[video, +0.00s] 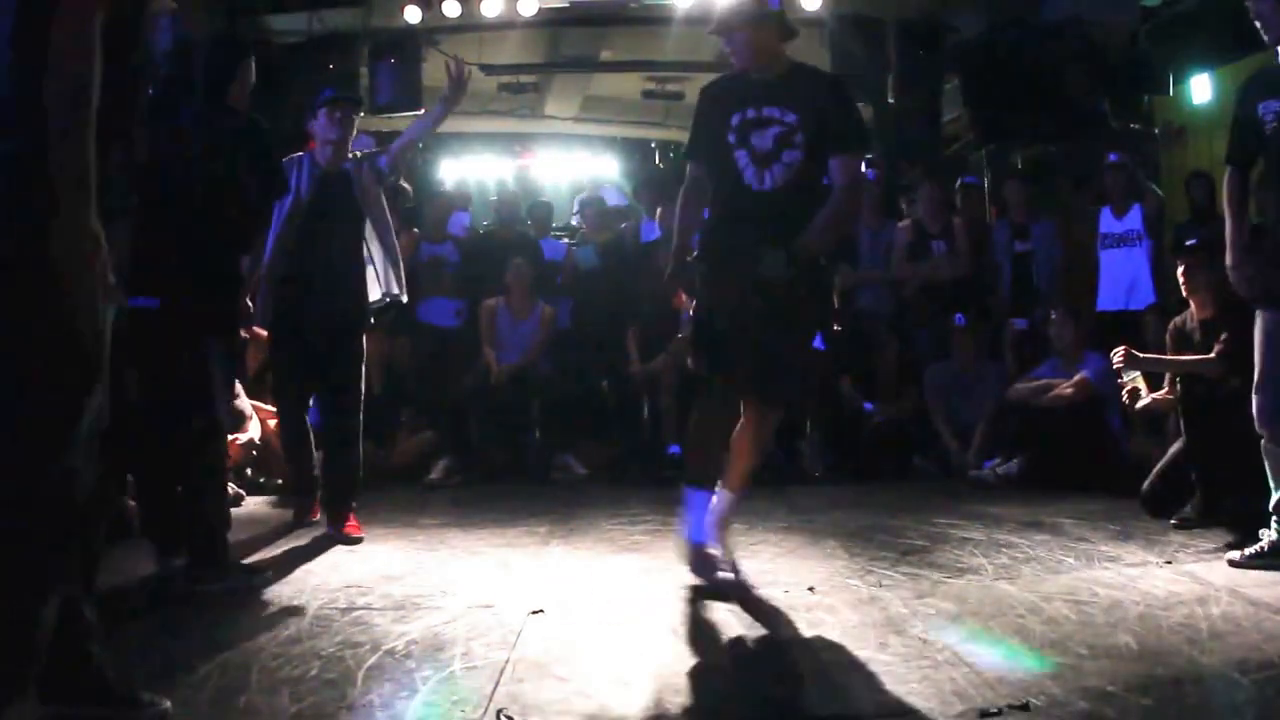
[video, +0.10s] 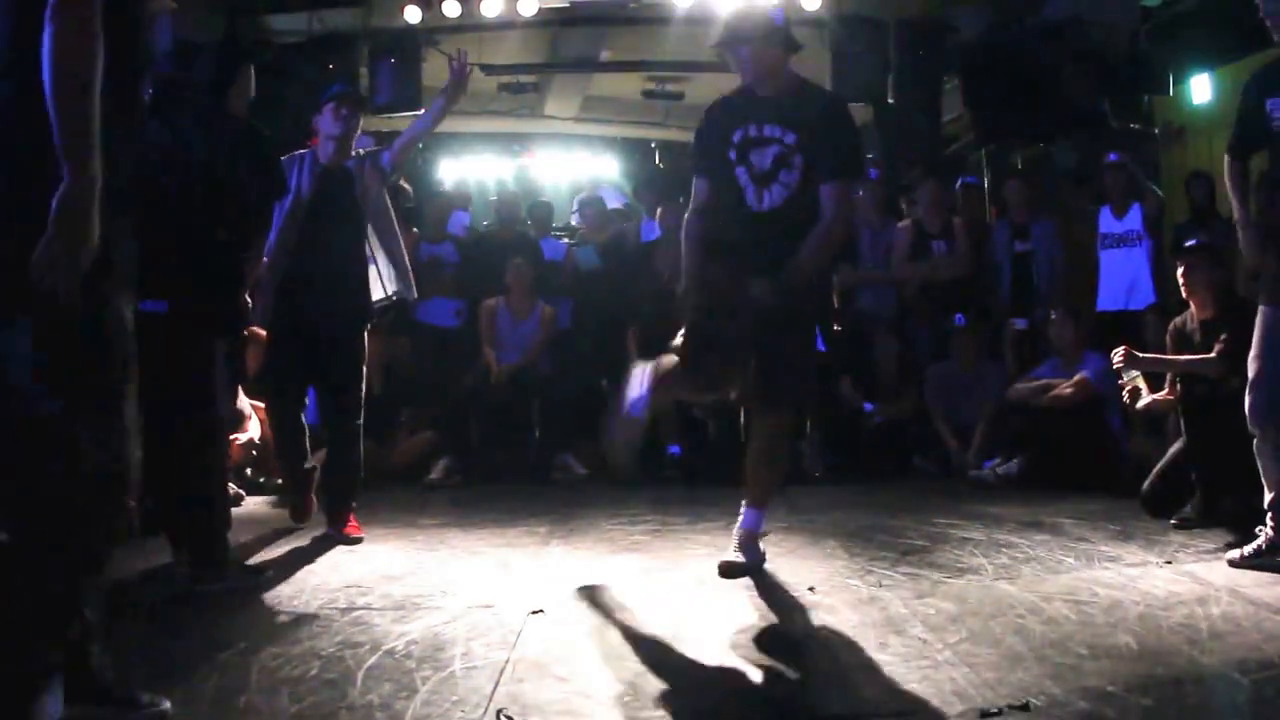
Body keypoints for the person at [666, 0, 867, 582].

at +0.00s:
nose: (729, 45)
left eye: (737, 33)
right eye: (725, 36)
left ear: (771, 31)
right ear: (731, 40)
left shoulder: (823, 91)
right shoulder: (717, 95)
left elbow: (848, 188)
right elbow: (695, 186)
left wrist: (809, 247)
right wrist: (676, 259)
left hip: (794, 266)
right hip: (724, 262)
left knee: (765, 402)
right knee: (716, 388)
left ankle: (715, 527)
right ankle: (695, 527)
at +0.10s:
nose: (738, 61)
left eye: (746, 48)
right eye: (733, 52)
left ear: (779, 46)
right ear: (732, 55)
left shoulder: (825, 111)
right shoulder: (723, 113)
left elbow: (838, 214)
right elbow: (698, 207)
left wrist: (799, 274)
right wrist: (689, 277)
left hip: (791, 273)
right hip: (723, 267)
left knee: (773, 405)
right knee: (717, 374)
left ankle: (748, 532)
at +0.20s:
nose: (727, 62)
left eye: (734, 48)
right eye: (722, 53)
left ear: (767, 42)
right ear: (727, 55)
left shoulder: (819, 105)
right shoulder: (723, 117)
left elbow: (841, 203)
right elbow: (701, 212)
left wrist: (808, 258)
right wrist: (714, 263)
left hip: (800, 276)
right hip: (739, 276)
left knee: (771, 400)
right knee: (735, 390)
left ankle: (749, 529)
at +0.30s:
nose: (704, 50)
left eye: (704, 34)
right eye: (699, 42)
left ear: (733, 19)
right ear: (716, 40)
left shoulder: (803, 65)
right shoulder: (723, 103)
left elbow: (835, 160)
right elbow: (718, 190)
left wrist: (790, 230)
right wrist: (736, 223)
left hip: (816, 239)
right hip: (757, 245)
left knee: (791, 375)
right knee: (725, 348)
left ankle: (771, 520)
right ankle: (787, 424)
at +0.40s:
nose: (702, 55)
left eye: (702, 40)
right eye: (697, 47)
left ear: (732, 26)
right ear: (729, 37)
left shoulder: (791, 68)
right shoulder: (740, 105)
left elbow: (824, 153)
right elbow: (758, 183)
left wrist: (780, 236)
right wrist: (742, 239)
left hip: (822, 249)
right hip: (776, 253)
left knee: (829, 379)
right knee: (770, 373)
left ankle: (851, 525)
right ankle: (822, 507)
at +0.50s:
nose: (713, 84)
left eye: (715, 70)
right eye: (708, 77)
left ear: (742, 55)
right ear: (729, 68)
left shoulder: (780, 99)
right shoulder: (772, 106)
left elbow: (790, 196)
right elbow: (788, 203)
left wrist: (759, 274)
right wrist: (758, 272)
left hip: (821, 277)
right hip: (809, 277)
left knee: (834, 401)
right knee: (820, 400)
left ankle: (867, 534)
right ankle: (845, 526)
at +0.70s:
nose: (710, 99)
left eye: (709, 89)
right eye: (707, 91)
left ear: (722, 81)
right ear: (758, 72)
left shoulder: (738, 116)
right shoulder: (809, 104)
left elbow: (735, 222)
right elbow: (831, 184)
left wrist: (759, 253)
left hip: (812, 250)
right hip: (863, 245)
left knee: (740, 334)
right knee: (833, 373)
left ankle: (798, 466)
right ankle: (842, 517)